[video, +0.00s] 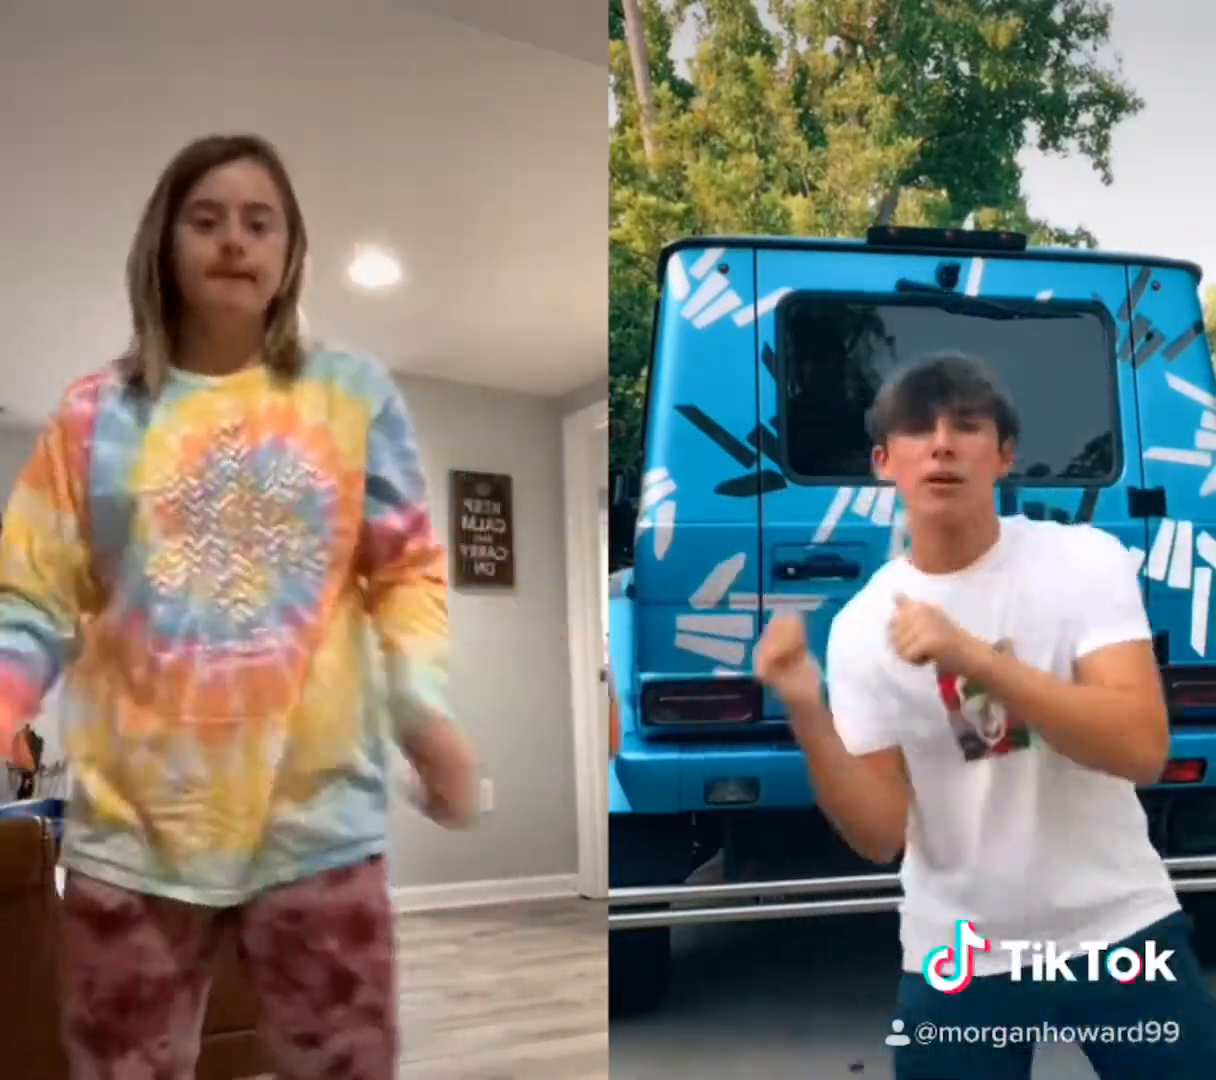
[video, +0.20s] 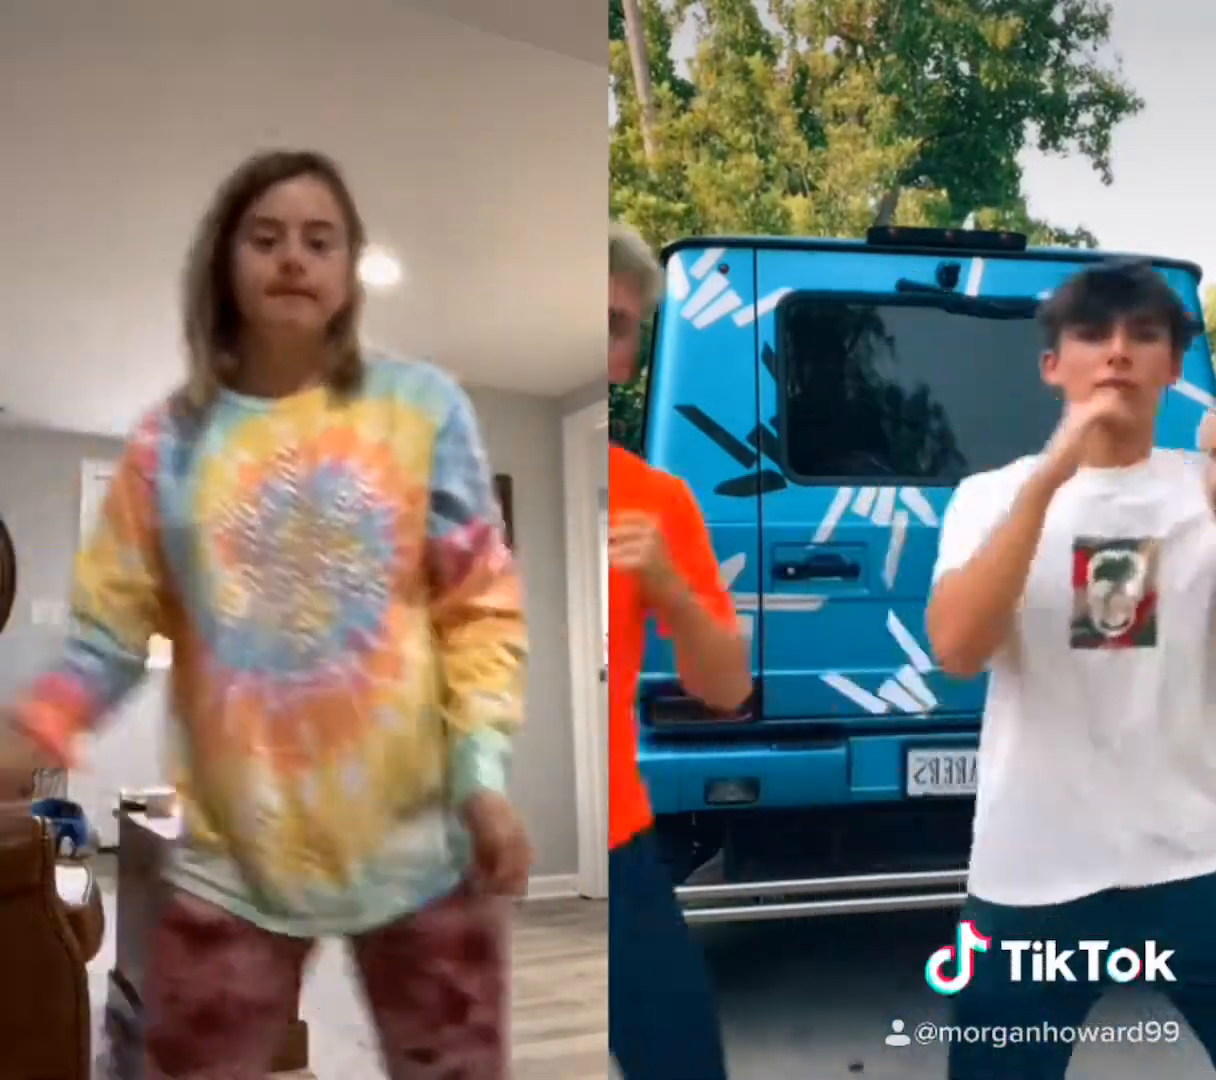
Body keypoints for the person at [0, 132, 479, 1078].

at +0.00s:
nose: (234, 241)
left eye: (261, 221)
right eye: (206, 219)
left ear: (291, 253)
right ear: (165, 246)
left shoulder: (357, 399)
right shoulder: (99, 413)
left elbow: (407, 573)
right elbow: (33, 604)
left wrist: (421, 709)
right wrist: (5, 720)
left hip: (319, 831)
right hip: (132, 836)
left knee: (346, 1065)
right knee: (122, 1069)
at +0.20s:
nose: (293, 258)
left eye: (319, 239)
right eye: (266, 236)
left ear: (354, 272)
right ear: (225, 265)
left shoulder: (423, 409)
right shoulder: (169, 440)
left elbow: (478, 604)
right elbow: (107, 636)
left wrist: (482, 774)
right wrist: (31, 734)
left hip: (416, 843)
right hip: (233, 850)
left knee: (459, 1069)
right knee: (193, 1067)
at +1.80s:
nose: (253, 320)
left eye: (270, 296)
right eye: (224, 307)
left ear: (309, 313)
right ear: (196, 342)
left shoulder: (408, 417)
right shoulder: (203, 521)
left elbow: (473, 600)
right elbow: (203, 692)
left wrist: (346, 736)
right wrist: (194, 811)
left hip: (453, 850)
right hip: (279, 868)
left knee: (538, 1067)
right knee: (227, 1065)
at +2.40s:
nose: (247, 268)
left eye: (275, 256)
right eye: (225, 244)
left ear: (298, 296)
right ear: (186, 263)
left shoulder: (304, 450)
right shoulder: (91, 379)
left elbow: (355, 587)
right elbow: (14, 242)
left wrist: (403, 453)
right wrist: (159, 359)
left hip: (254, 807)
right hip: (83, 796)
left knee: (268, 1063)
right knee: (68, 1065)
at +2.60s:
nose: (311, 286)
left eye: (340, 275)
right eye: (293, 260)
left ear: (361, 315)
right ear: (253, 271)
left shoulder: (356, 463)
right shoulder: (180, 344)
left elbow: (351, 631)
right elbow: (79, 387)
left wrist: (453, 619)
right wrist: (228, 538)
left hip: (301, 806)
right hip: (136, 796)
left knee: (375, 1060)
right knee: (108, 1067)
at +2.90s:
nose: (430, 322)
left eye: (457, 308)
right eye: (410, 299)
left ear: (483, 340)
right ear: (370, 313)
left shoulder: (507, 483)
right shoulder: (285, 463)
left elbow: (542, 642)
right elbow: (226, 648)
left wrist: (529, 746)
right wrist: (368, 717)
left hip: (483, 846)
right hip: (323, 859)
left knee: (539, 1067)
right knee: (274, 1066)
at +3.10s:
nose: (449, 288)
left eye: (474, 271)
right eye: (427, 265)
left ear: (502, 298)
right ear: (389, 282)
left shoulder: (541, 438)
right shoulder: (316, 423)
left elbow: (573, 576)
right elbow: (261, 585)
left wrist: (571, 629)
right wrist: (387, 604)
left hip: (507, 811)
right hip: (353, 811)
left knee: (521, 1062)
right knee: (360, 1063)